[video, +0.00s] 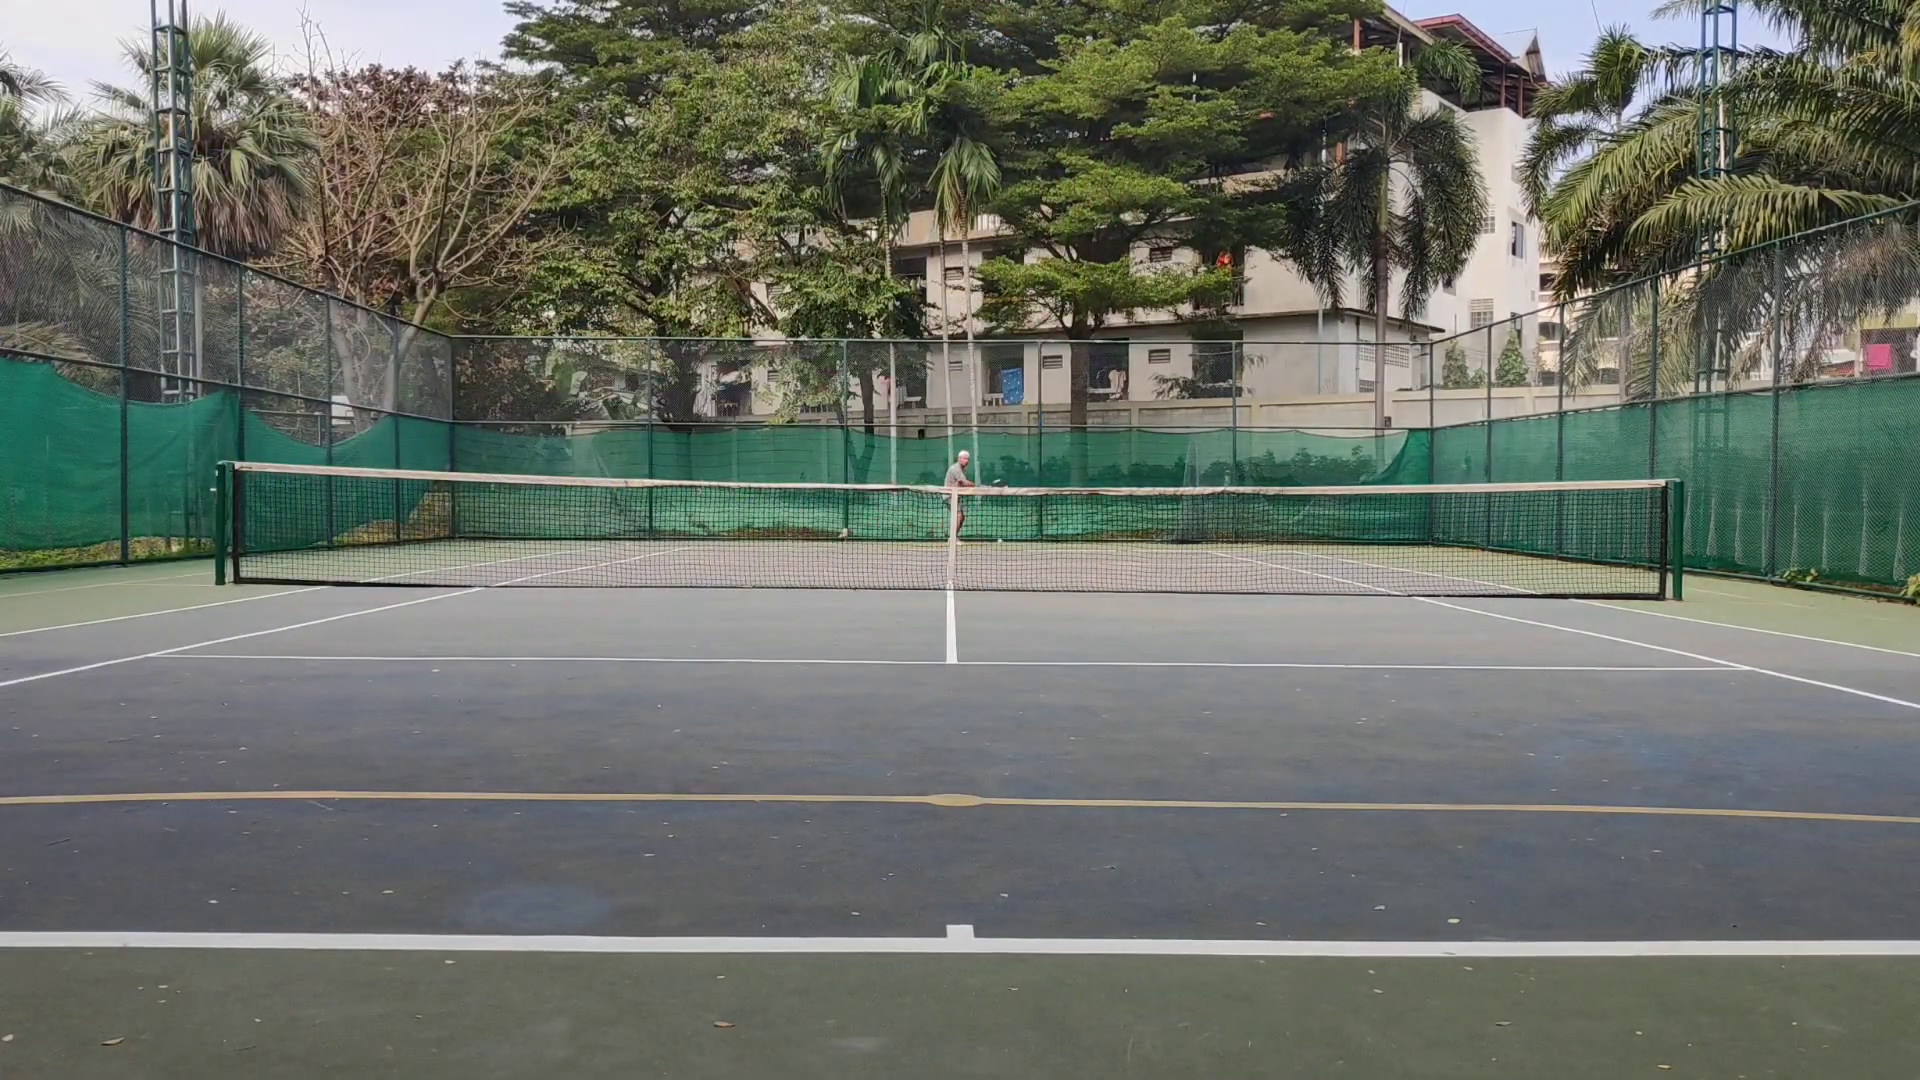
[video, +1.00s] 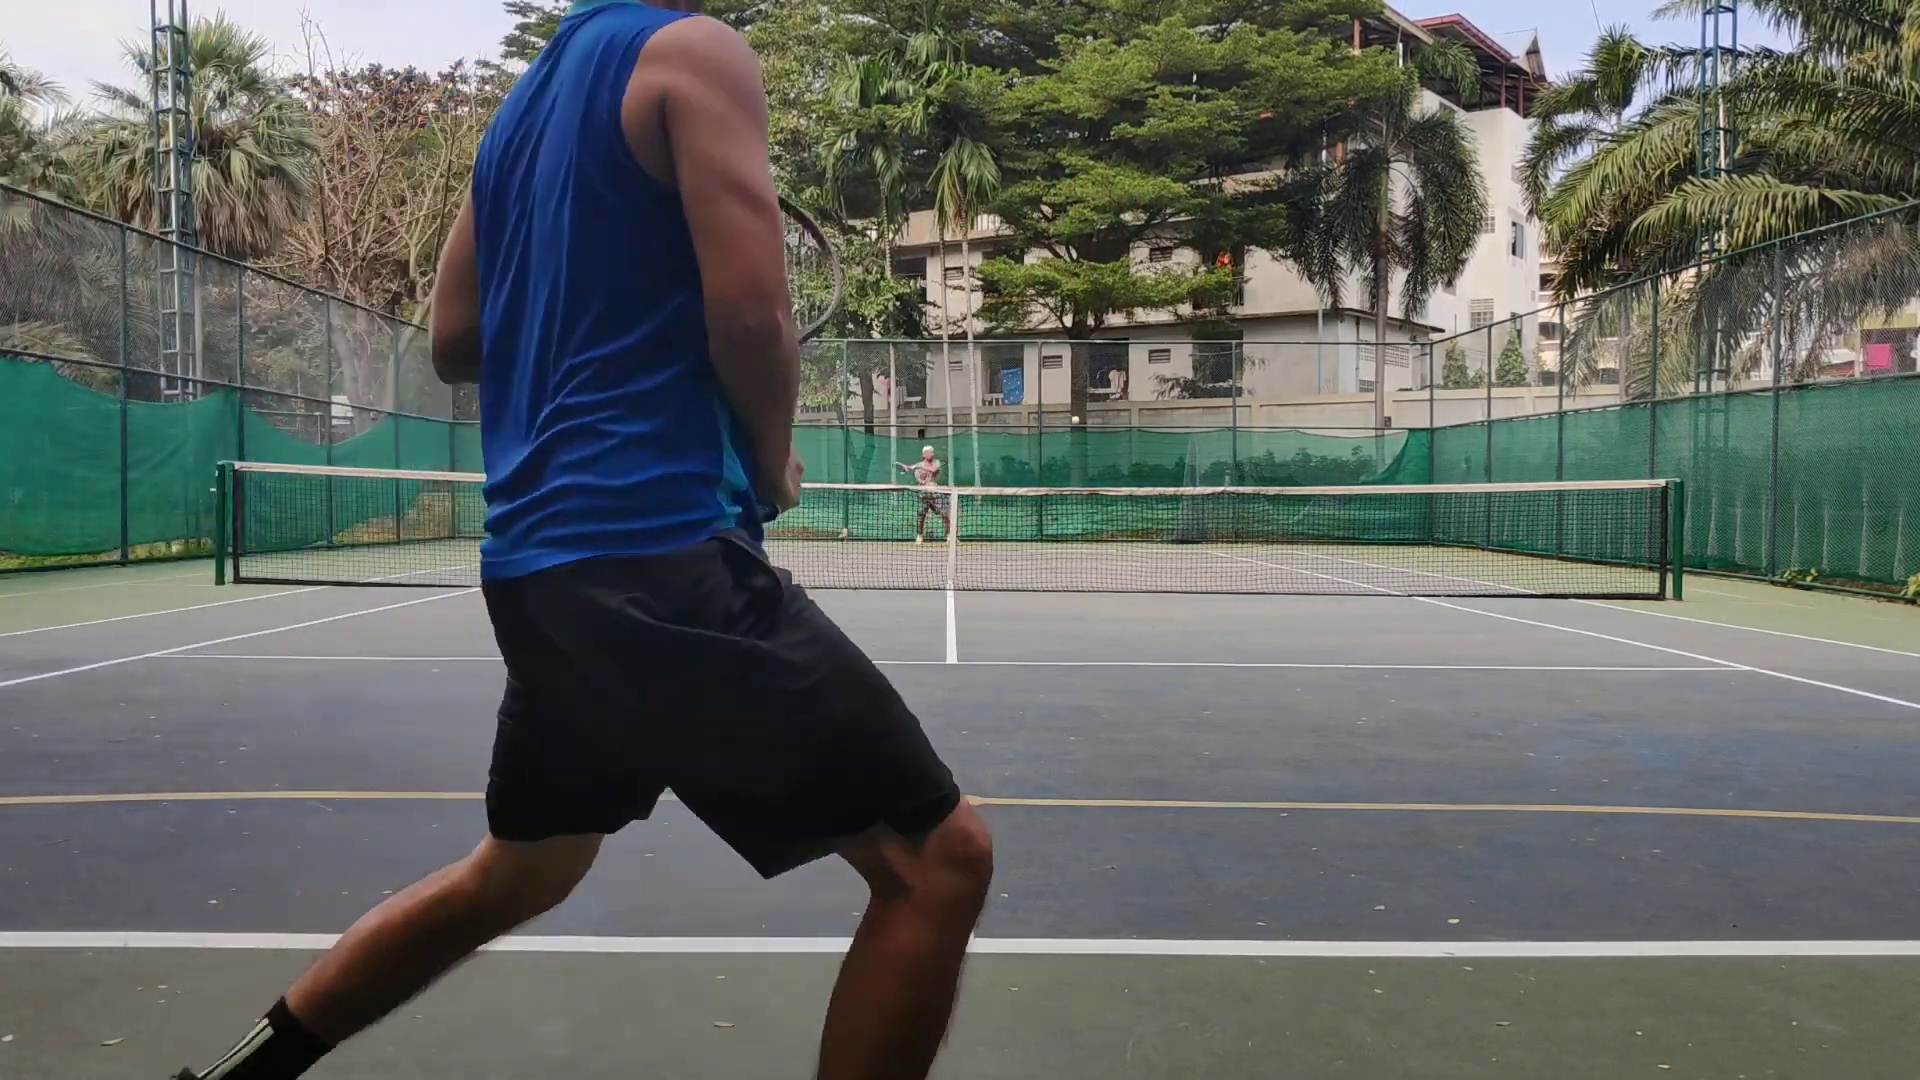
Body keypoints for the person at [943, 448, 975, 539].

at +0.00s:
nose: (966, 461)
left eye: (967, 459)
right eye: (964, 458)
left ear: (968, 459)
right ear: (959, 458)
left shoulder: (960, 468)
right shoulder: (955, 468)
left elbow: (962, 482)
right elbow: (964, 482)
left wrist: (971, 485)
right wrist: (974, 485)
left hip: (955, 495)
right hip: (950, 495)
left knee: (961, 516)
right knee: (959, 516)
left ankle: (954, 536)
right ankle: (953, 537)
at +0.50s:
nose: (958, 453)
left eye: (959, 451)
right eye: (956, 451)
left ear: (958, 453)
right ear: (951, 453)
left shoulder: (958, 464)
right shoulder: (945, 463)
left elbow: (966, 474)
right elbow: (953, 476)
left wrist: (980, 479)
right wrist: (966, 484)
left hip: (955, 491)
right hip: (945, 491)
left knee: (959, 514)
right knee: (946, 512)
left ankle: (954, 536)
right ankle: (938, 534)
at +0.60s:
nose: (952, 452)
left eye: (952, 450)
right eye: (950, 450)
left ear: (953, 451)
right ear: (945, 452)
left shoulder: (955, 461)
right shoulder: (940, 463)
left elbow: (959, 471)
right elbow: (948, 476)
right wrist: (962, 484)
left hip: (953, 489)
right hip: (943, 488)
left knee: (959, 513)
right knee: (945, 510)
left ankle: (954, 536)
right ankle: (929, 529)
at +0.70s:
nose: (947, 453)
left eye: (948, 451)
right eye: (945, 451)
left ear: (949, 453)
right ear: (940, 453)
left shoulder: (950, 461)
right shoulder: (936, 463)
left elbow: (954, 469)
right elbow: (943, 477)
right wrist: (956, 483)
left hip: (951, 489)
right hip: (942, 488)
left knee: (957, 514)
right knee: (943, 513)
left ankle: (954, 537)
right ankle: (926, 529)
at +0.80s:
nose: (941, 453)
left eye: (942, 451)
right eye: (939, 452)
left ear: (943, 453)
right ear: (934, 454)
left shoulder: (945, 462)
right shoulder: (929, 465)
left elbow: (945, 467)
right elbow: (936, 477)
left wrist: (929, 462)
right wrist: (948, 482)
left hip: (948, 490)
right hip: (937, 490)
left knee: (957, 514)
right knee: (937, 513)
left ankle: (954, 537)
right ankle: (923, 533)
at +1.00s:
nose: (930, 455)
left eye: (931, 452)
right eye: (928, 453)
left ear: (933, 454)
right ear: (924, 454)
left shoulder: (936, 463)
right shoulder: (920, 464)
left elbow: (934, 470)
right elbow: (910, 468)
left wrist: (922, 467)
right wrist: (902, 465)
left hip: (934, 492)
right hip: (923, 492)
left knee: (945, 514)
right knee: (921, 515)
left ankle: (948, 534)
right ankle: (920, 534)